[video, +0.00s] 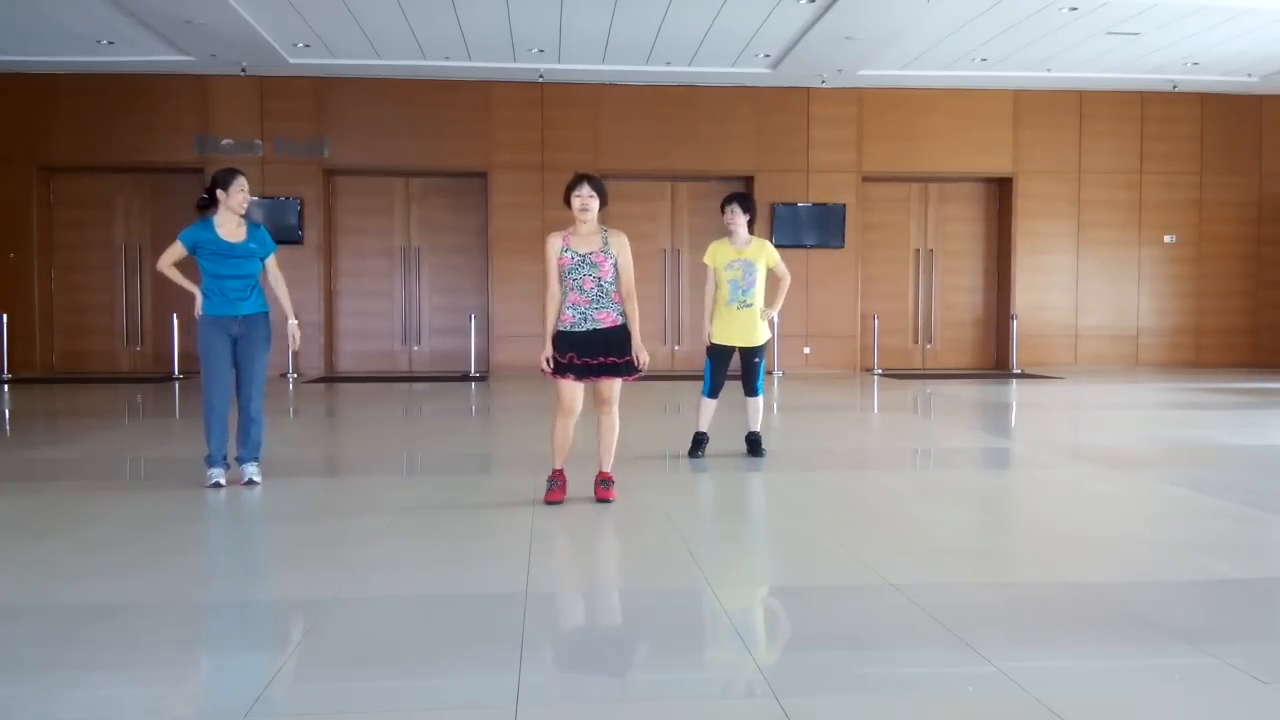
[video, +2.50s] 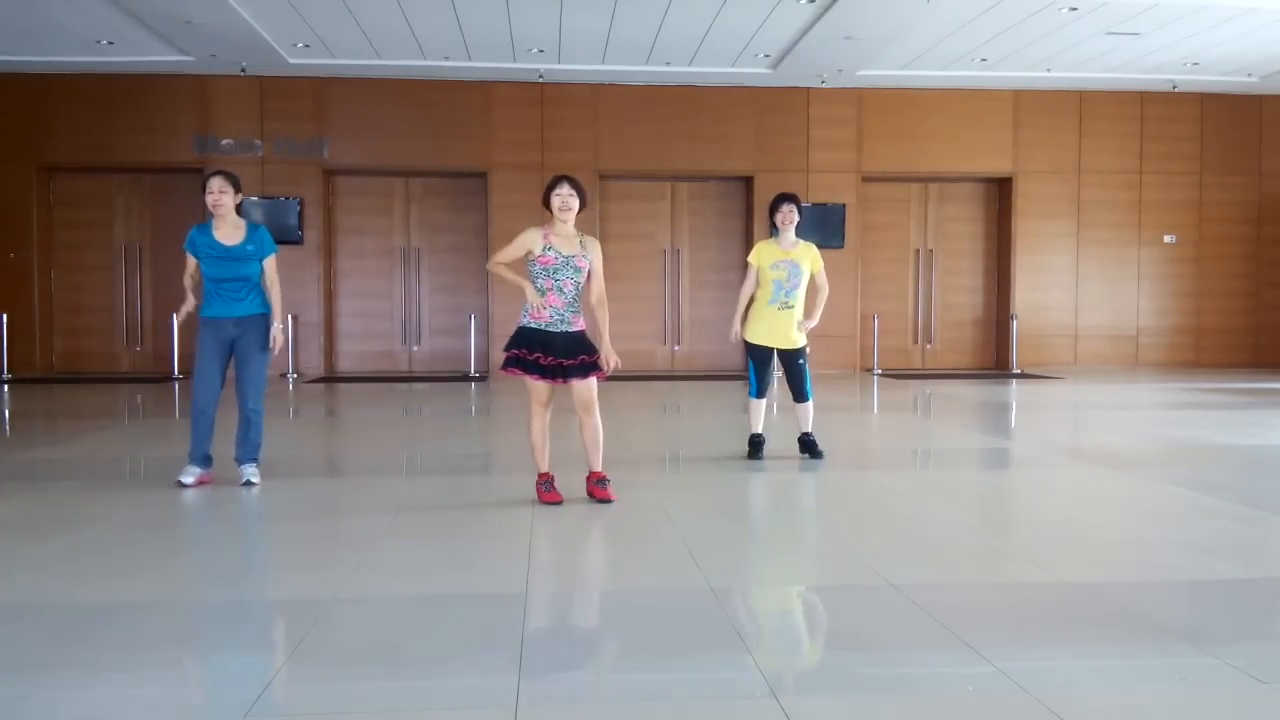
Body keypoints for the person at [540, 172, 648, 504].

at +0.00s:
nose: (584, 201)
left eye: (591, 196)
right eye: (578, 196)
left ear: (601, 201)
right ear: (569, 202)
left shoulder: (618, 240)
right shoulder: (557, 242)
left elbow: (629, 293)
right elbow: (553, 295)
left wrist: (636, 339)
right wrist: (548, 341)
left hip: (611, 335)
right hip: (569, 335)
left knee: (607, 406)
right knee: (569, 409)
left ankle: (605, 476)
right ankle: (557, 474)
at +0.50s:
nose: (575, 200)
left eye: (581, 195)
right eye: (568, 195)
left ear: (590, 201)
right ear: (558, 201)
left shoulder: (598, 243)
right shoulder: (545, 237)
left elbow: (609, 297)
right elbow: (508, 269)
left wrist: (624, 343)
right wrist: (536, 301)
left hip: (596, 333)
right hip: (559, 335)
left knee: (598, 405)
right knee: (565, 406)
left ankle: (596, 476)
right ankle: (549, 477)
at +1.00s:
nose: (567, 205)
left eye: (574, 200)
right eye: (561, 200)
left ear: (584, 206)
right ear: (551, 206)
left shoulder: (599, 246)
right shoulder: (539, 243)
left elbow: (608, 298)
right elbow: (494, 267)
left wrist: (615, 344)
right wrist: (524, 288)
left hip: (584, 339)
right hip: (545, 337)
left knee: (594, 411)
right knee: (545, 404)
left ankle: (600, 475)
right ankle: (545, 477)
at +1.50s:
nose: (580, 202)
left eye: (586, 197)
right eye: (573, 196)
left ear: (595, 203)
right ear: (564, 203)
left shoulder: (610, 241)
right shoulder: (550, 240)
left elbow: (622, 292)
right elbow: (511, 276)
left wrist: (634, 341)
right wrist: (541, 312)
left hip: (609, 333)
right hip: (569, 335)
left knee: (606, 405)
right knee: (570, 408)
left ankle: (604, 476)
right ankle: (557, 476)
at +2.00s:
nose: (578, 203)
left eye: (583, 198)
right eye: (570, 198)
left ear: (592, 205)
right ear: (560, 205)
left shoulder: (597, 247)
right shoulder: (554, 237)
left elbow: (610, 296)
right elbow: (518, 271)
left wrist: (629, 342)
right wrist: (547, 308)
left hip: (601, 334)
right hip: (567, 336)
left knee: (599, 406)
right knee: (577, 409)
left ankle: (602, 476)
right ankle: (549, 477)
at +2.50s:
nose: (565, 200)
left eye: (570, 196)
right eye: (558, 196)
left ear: (580, 203)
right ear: (548, 203)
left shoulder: (590, 245)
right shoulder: (534, 237)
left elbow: (598, 298)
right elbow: (494, 264)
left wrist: (605, 343)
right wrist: (526, 285)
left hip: (574, 333)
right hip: (537, 332)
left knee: (589, 405)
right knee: (541, 404)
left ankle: (597, 477)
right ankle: (544, 477)